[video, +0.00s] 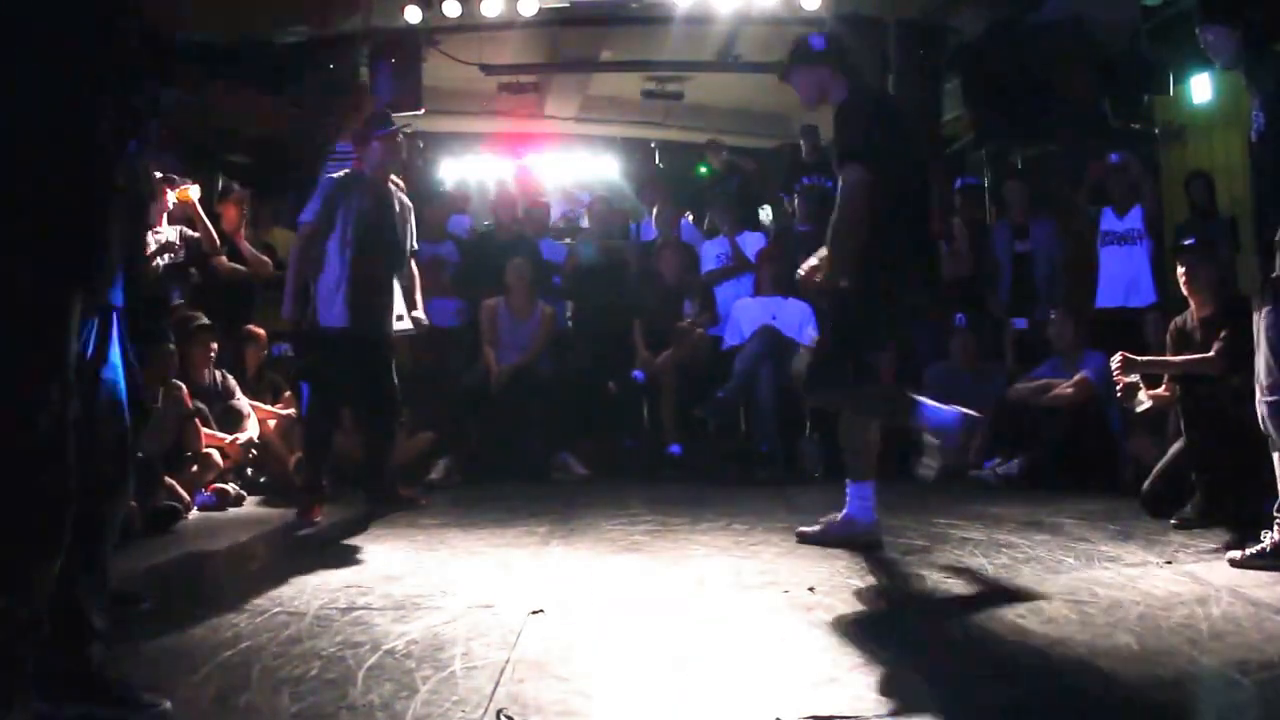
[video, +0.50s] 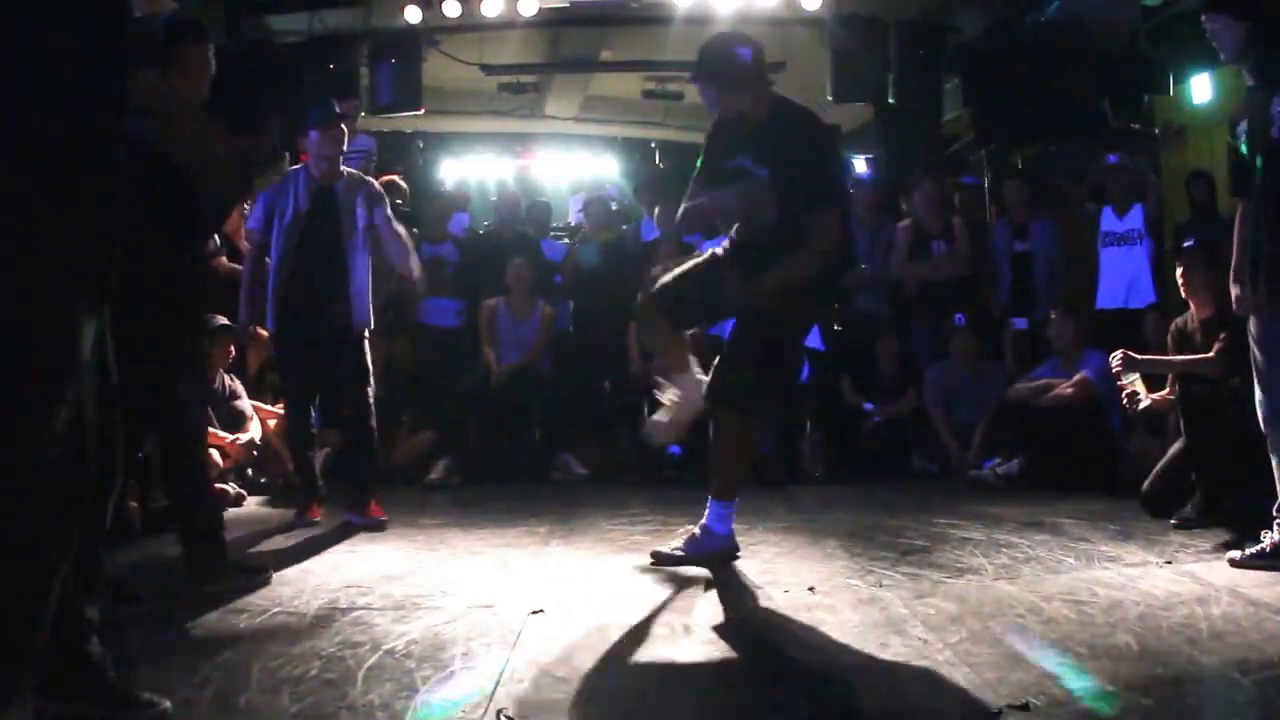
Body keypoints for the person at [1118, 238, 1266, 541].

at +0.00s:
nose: (1184, 274)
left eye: (1192, 266)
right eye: (1180, 267)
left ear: (1213, 270)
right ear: (1175, 274)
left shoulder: (1237, 312)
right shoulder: (1179, 327)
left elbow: (1217, 362)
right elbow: (1173, 389)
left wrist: (1142, 364)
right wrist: (1146, 395)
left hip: (1240, 430)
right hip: (1201, 434)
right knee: (1155, 498)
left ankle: (1206, 498)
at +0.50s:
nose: (1181, 276)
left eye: (1190, 268)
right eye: (1178, 268)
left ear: (1212, 274)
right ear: (1175, 275)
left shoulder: (1233, 320)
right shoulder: (1179, 328)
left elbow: (1217, 364)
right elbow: (1179, 392)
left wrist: (1141, 363)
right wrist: (1148, 399)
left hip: (1239, 429)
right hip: (1203, 433)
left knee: (1191, 392)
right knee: (1155, 497)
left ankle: (1205, 499)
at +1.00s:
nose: (1183, 275)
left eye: (1193, 267)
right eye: (1180, 266)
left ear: (1214, 273)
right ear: (1175, 273)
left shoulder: (1238, 315)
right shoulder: (1178, 328)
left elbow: (1218, 364)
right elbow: (1174, 394)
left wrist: (1143, 361)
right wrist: (1146, 400)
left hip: (1241, 431)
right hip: (1201, 434)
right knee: (1155, 498)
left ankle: (1203, 498)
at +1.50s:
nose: (1179, 276)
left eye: (1188, 269)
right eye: (1177, 269)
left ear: (1212, 274)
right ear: (1174, 275)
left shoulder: (1237, 317)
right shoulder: (1178, 328)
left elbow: (1218, 365)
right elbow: (1176, 394)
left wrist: (1142, 360)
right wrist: (1148, 398)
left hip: (1241, 433)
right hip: (1203, 434)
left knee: (1194, 394)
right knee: (1155, 499)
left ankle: (1206, 502)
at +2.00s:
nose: (1172, 277)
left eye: (1182, 270)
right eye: (1172, 270)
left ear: (1209, 276)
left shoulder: (1239, 315)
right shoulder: (1178, 330)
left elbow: (1218, 364)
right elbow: (1176, 396)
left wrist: (1144, 361)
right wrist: (1152, 399)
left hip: (1245, 431)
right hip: (1205, 435)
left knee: (1195, 398)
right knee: (1155, 498)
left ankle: (1208, 503)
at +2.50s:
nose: (1169, 278)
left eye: (1177, 271)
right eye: (1169, 272)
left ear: (1202, 276)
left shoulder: (1231, 316)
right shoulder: (1176, 331)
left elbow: (1217, 364)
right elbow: (1174, 396)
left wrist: (1142, 361)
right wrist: (1153, 399)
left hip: (1241, 429)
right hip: (1204, 433)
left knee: (1190, 393)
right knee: (1155, 498)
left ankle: (1206, 500)